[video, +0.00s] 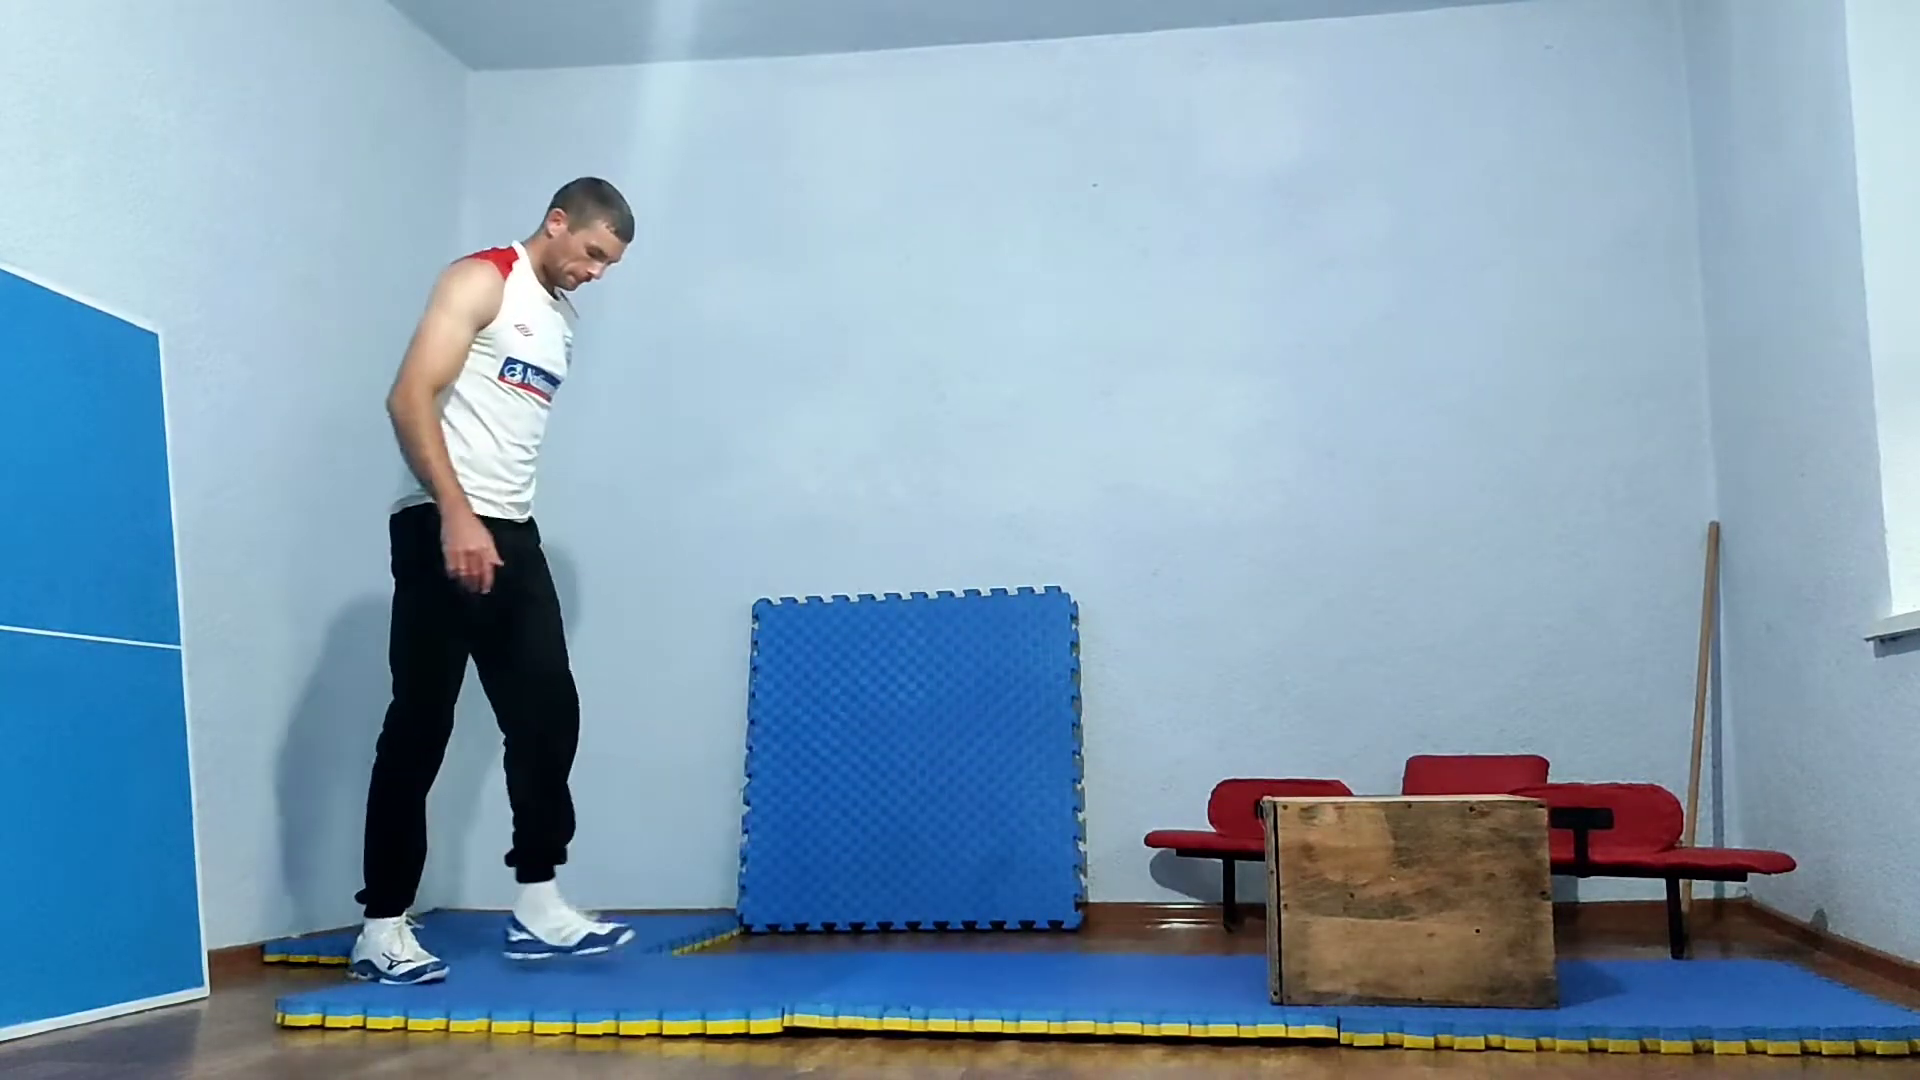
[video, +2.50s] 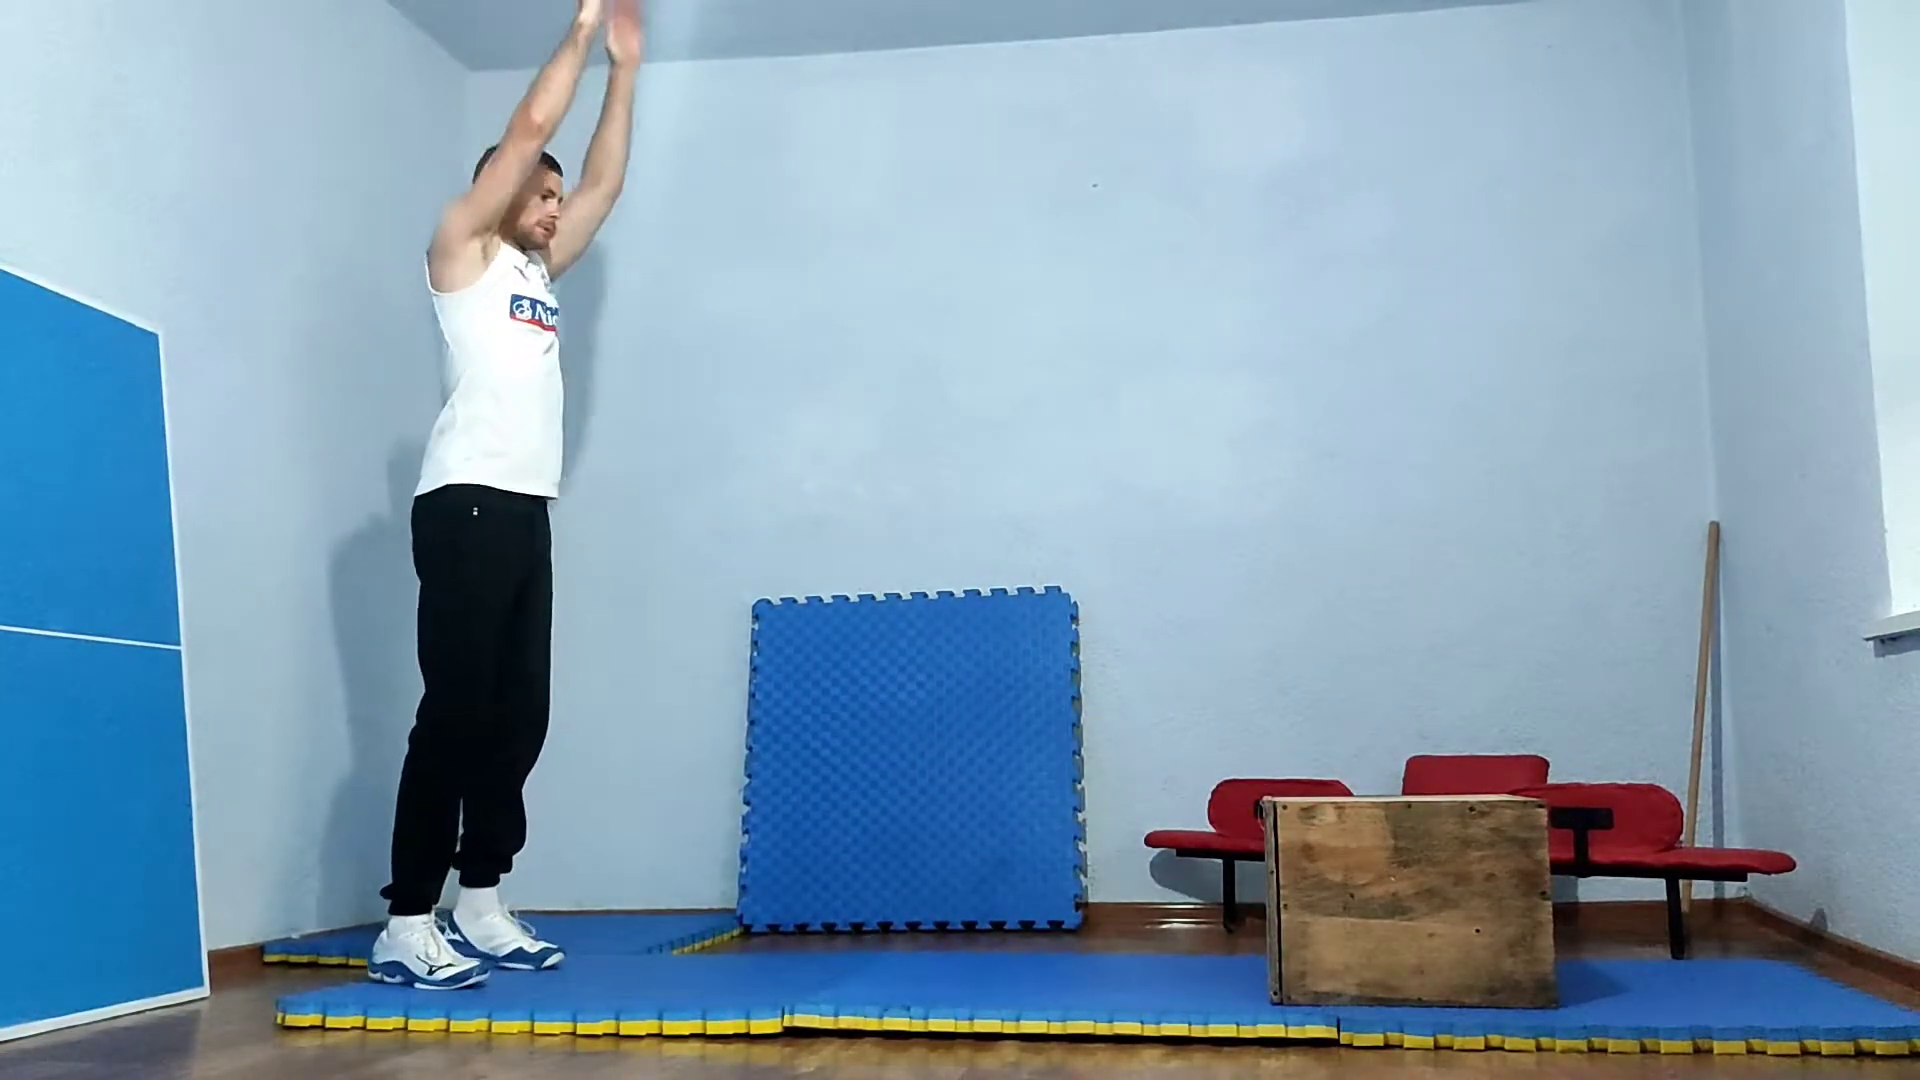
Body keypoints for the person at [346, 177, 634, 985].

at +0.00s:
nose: (596, 271)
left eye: (608, 261)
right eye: (593, 252)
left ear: (604, 258)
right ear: (554, 222)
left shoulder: (555, 313)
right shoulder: (478, 281)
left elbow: (503, 424)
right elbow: (410, 400)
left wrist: (511, 519)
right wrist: (456, 512)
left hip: (512, 538)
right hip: (440, 533)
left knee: (546, 715)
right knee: (417, 726)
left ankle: (539, 901)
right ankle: (384, 924)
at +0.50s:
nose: (568, 272)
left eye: (578, 262)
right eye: (562, 253)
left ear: (574, 261)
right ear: (524, 229)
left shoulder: (533, 328)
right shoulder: (456, 291)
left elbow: (519, 455)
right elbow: (414, 411)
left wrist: (535, 557)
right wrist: (462, 518)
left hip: (489, 541)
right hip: (432, 530)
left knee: (494, 726)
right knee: (457, 719)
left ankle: (468, 910)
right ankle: (388, 915)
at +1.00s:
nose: (539, 241)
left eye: (546, 230)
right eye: (532, 223)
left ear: (527, 232)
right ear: (484, 208)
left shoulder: (507, 317)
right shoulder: (430, 278)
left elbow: (555, 428)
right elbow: (466, 374)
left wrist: (647, 481)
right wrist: (588, 412)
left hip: (486, 534)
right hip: (426, 526)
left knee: (506, 721)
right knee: (439, 718)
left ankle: (472, 908)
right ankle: (407, 927)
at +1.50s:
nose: (534, 202)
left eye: (540, 194)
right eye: (520, 186)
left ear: (539, 209)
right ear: (483, 187)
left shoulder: (522, 276)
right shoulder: (444, 256)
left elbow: (590, 194)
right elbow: (497, 134)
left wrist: (628, 89)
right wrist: (561, 40)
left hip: (516, 519)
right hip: (456, 514)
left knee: (514, 719)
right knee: (460, 716)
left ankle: (472, 908)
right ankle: (407, 925)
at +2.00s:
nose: (536, 185)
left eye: (542, 176)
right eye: (520, 172)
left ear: (540, 191)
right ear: (484, 180)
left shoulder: (528, 253)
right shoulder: (458, 230)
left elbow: (564, 159)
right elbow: (482, 93)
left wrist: (562, 39)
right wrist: (505, 1)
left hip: (538, 494)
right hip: (476, 490)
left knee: (528, 702)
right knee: (458, 699)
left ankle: (492, 891)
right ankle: (418, 911)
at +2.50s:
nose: (555, 206)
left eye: (560, 195)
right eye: (541, 190)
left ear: (552, 209)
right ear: (498, 190)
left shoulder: (536, 272)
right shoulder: (465, 248)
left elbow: (603, 182)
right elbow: (531, 126)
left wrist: (624, 68)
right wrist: (585, 29)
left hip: (526, 517)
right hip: (465, 510)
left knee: (518, 719)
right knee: (457, 712)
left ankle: (478, 905)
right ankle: (406, 925)